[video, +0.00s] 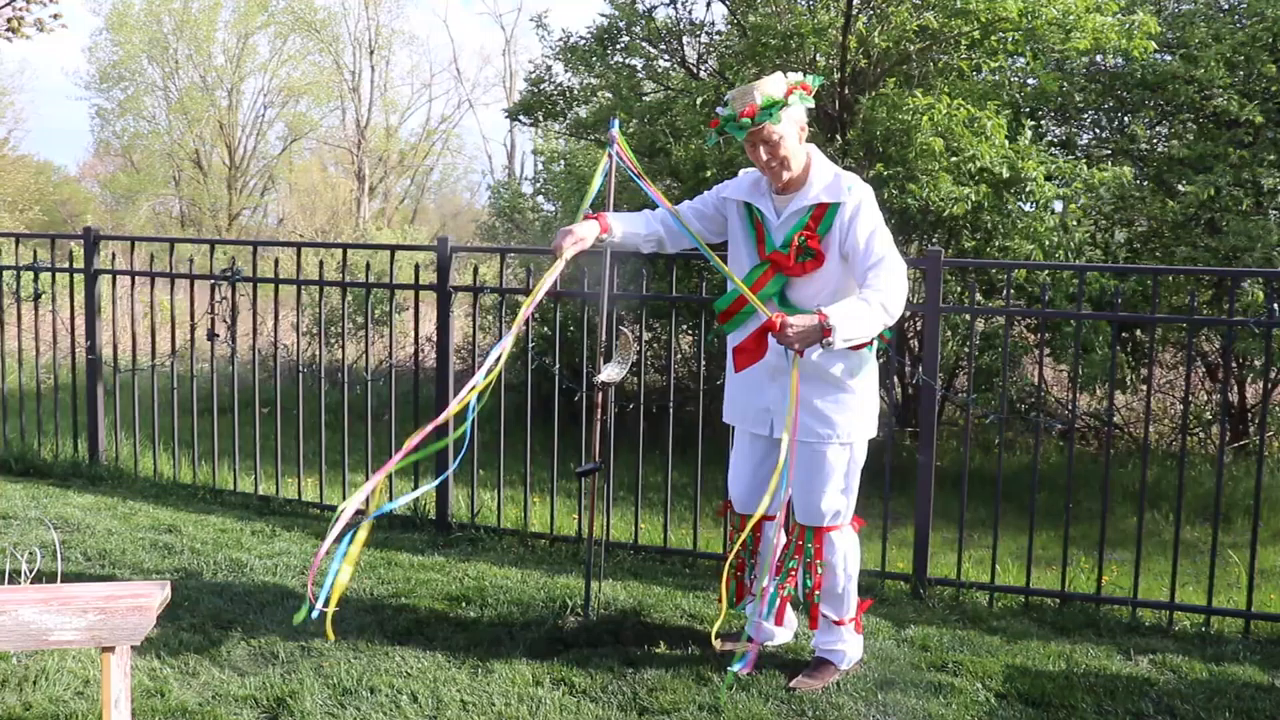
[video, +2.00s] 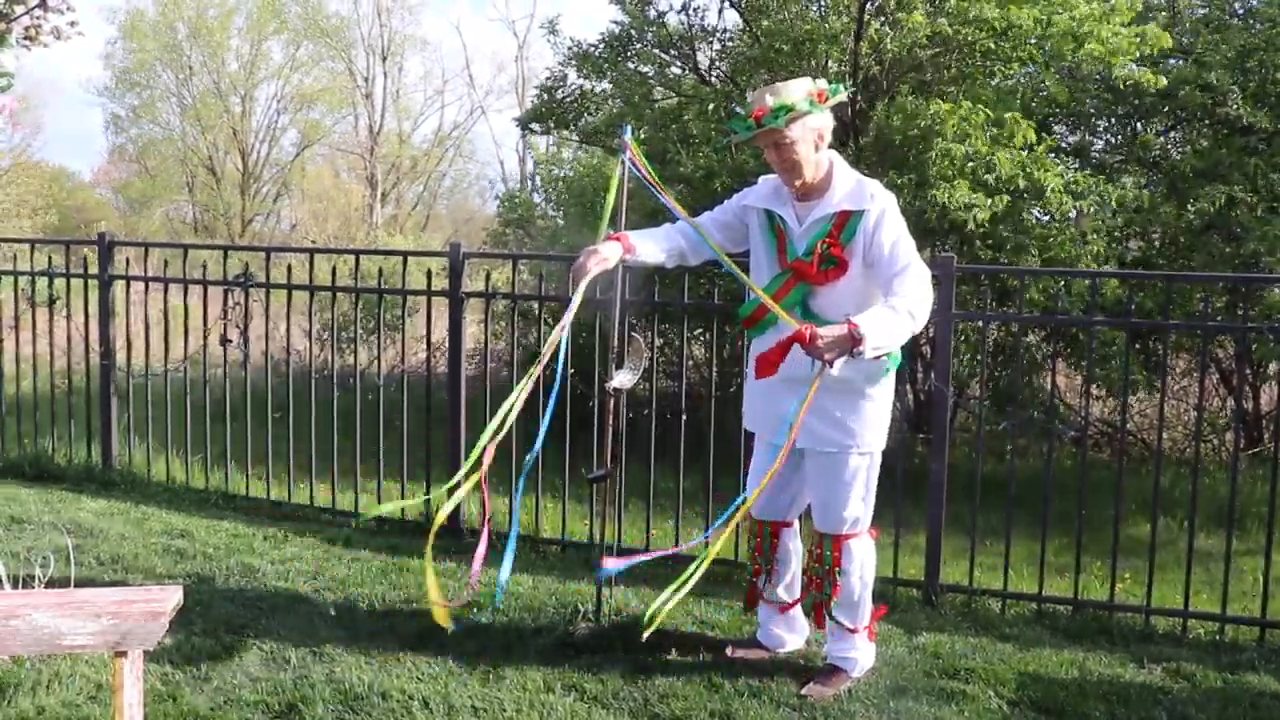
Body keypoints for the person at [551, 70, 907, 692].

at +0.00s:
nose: (763, 155)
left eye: (774, 140)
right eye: (752, 143)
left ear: (804, 129)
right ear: (744, 143)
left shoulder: (850, 198)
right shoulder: (738, 194)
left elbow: (889, 287)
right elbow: (668, 225)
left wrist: (825, 323)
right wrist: (598, 227)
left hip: (833, 389)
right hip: (756, 382)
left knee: (826, 518)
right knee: (756, 508)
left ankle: (836, 647)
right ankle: (765, 630)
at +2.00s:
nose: (775, 158)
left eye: (785, 143)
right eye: (766, 146)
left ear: (821, 134)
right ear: (761, 146)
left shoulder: (871, 206)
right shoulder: (758, 202)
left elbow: (914, 293)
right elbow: (689, 237)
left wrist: (856, 332)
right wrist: (619, 246)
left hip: (850, 396)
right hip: (774, 389)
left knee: (843, 526)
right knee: (770, 512)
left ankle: (848, 656)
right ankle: (779, 635)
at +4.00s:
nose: (749, 162)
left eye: (755, 149)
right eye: (745, 151)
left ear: (796, 142)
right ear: (761, 149)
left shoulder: (863, 205)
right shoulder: (745, 204)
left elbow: (911, 292)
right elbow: (664, 227)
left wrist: (860, 337)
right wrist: (576, 231)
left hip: (849, 389)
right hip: (774, 385)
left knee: (844, 518)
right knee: (767, 508)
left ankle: (851, 655)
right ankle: (780, 633)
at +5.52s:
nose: (719, 167)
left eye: (724, 153)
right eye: (716, 155)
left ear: (764, 144)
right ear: (752, 148)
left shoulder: (835, 206)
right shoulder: (747, 216)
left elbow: (882, 304)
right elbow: (696, 286)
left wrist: (818, 358)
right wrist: (617, 311)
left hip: (843, 379)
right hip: (777, 376)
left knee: (811, 513)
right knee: (767, 506)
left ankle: (874, 666)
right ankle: (801, 642)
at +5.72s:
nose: (732, 166)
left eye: (737, 151)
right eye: (729, 153)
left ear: (776, 147)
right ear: (774, 150)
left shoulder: (850, 215)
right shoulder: (767, 223)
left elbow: (881, 322)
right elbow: (746, 311)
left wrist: (803, 368)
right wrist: (681, 358)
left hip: (855, 400)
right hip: (795, 396)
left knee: (846, 537)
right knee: (776, 517)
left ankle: (878, 692)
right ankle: (797, 635)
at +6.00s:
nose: (773, 158)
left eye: (776, 142)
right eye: (770, 144)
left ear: (815, 139)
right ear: (817, 140)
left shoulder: (877, 205)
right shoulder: (830, 213)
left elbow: (886, 325)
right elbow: (828, 319)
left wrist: (792, 355)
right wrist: (769, 352)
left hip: (893, 412)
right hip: (846, 408)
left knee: (867, 557)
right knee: (811, 518)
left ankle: (882, 703)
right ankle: (841, 642)